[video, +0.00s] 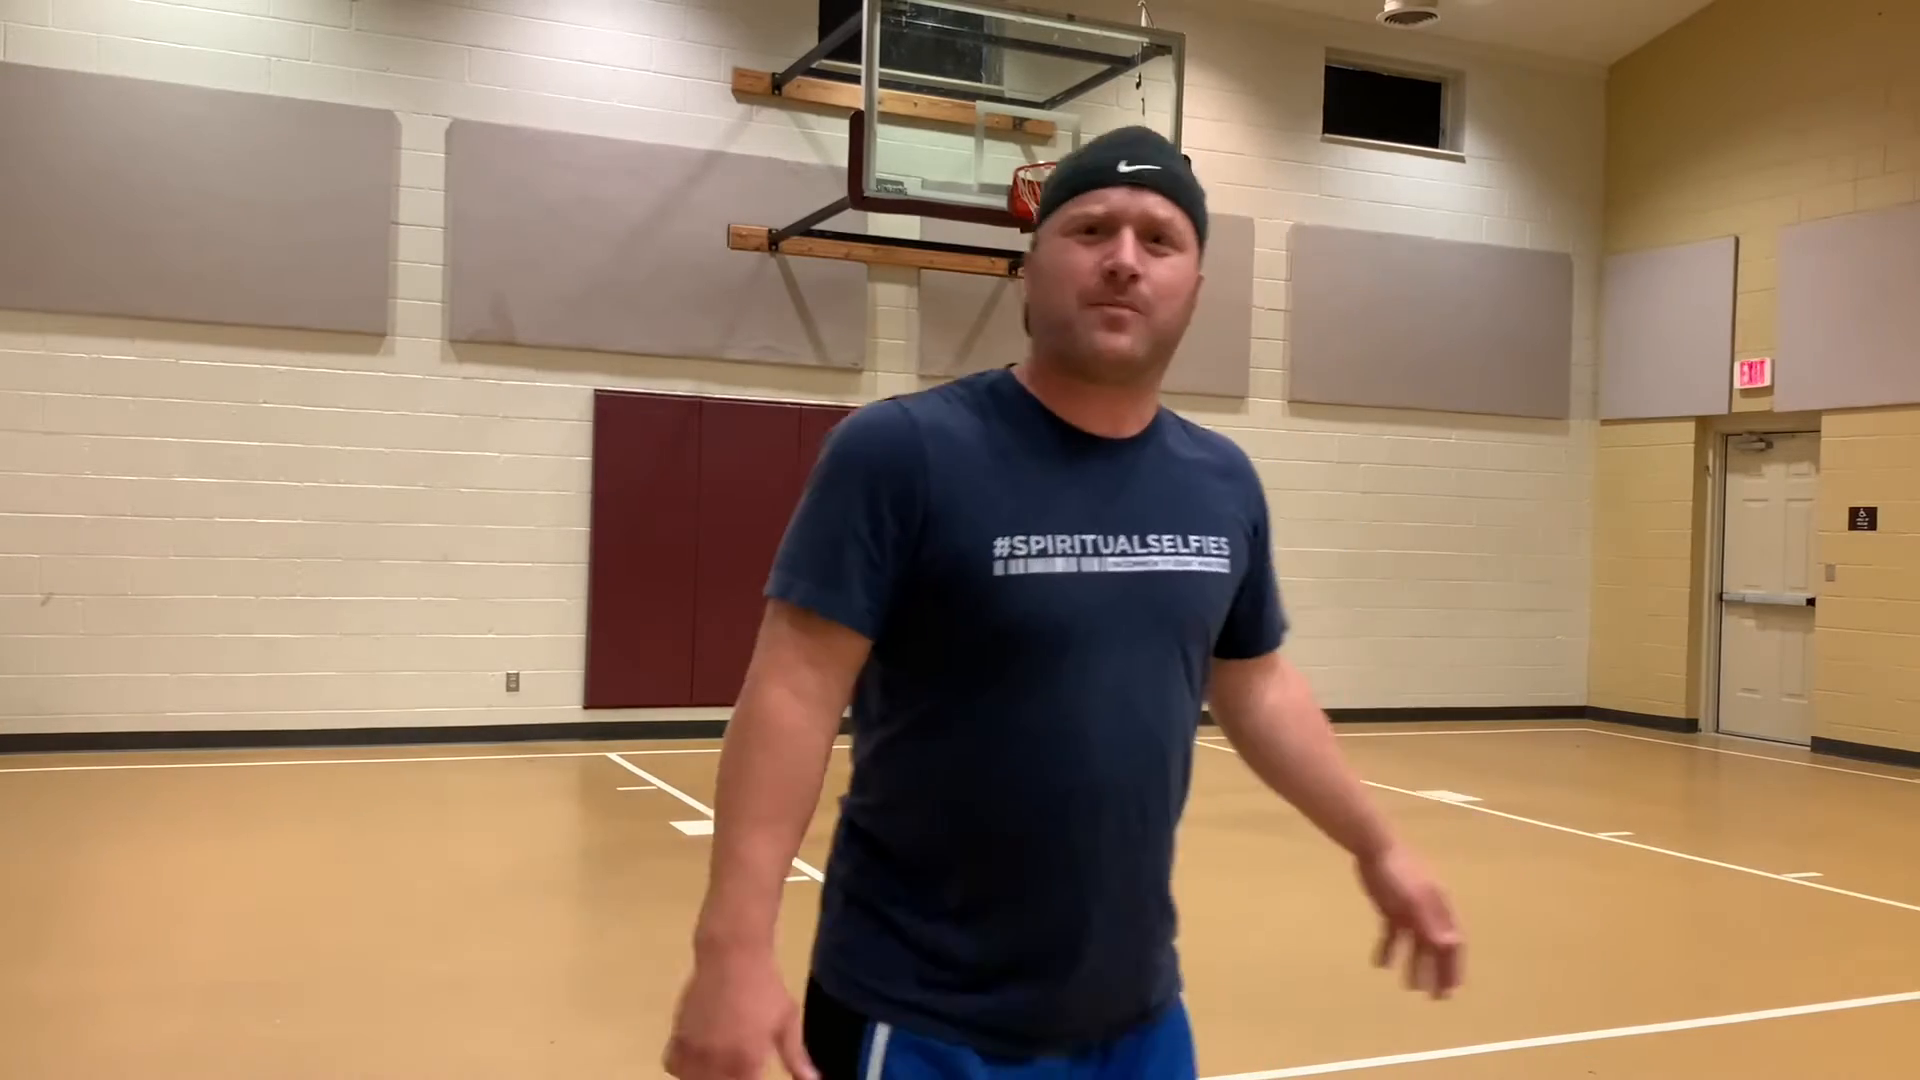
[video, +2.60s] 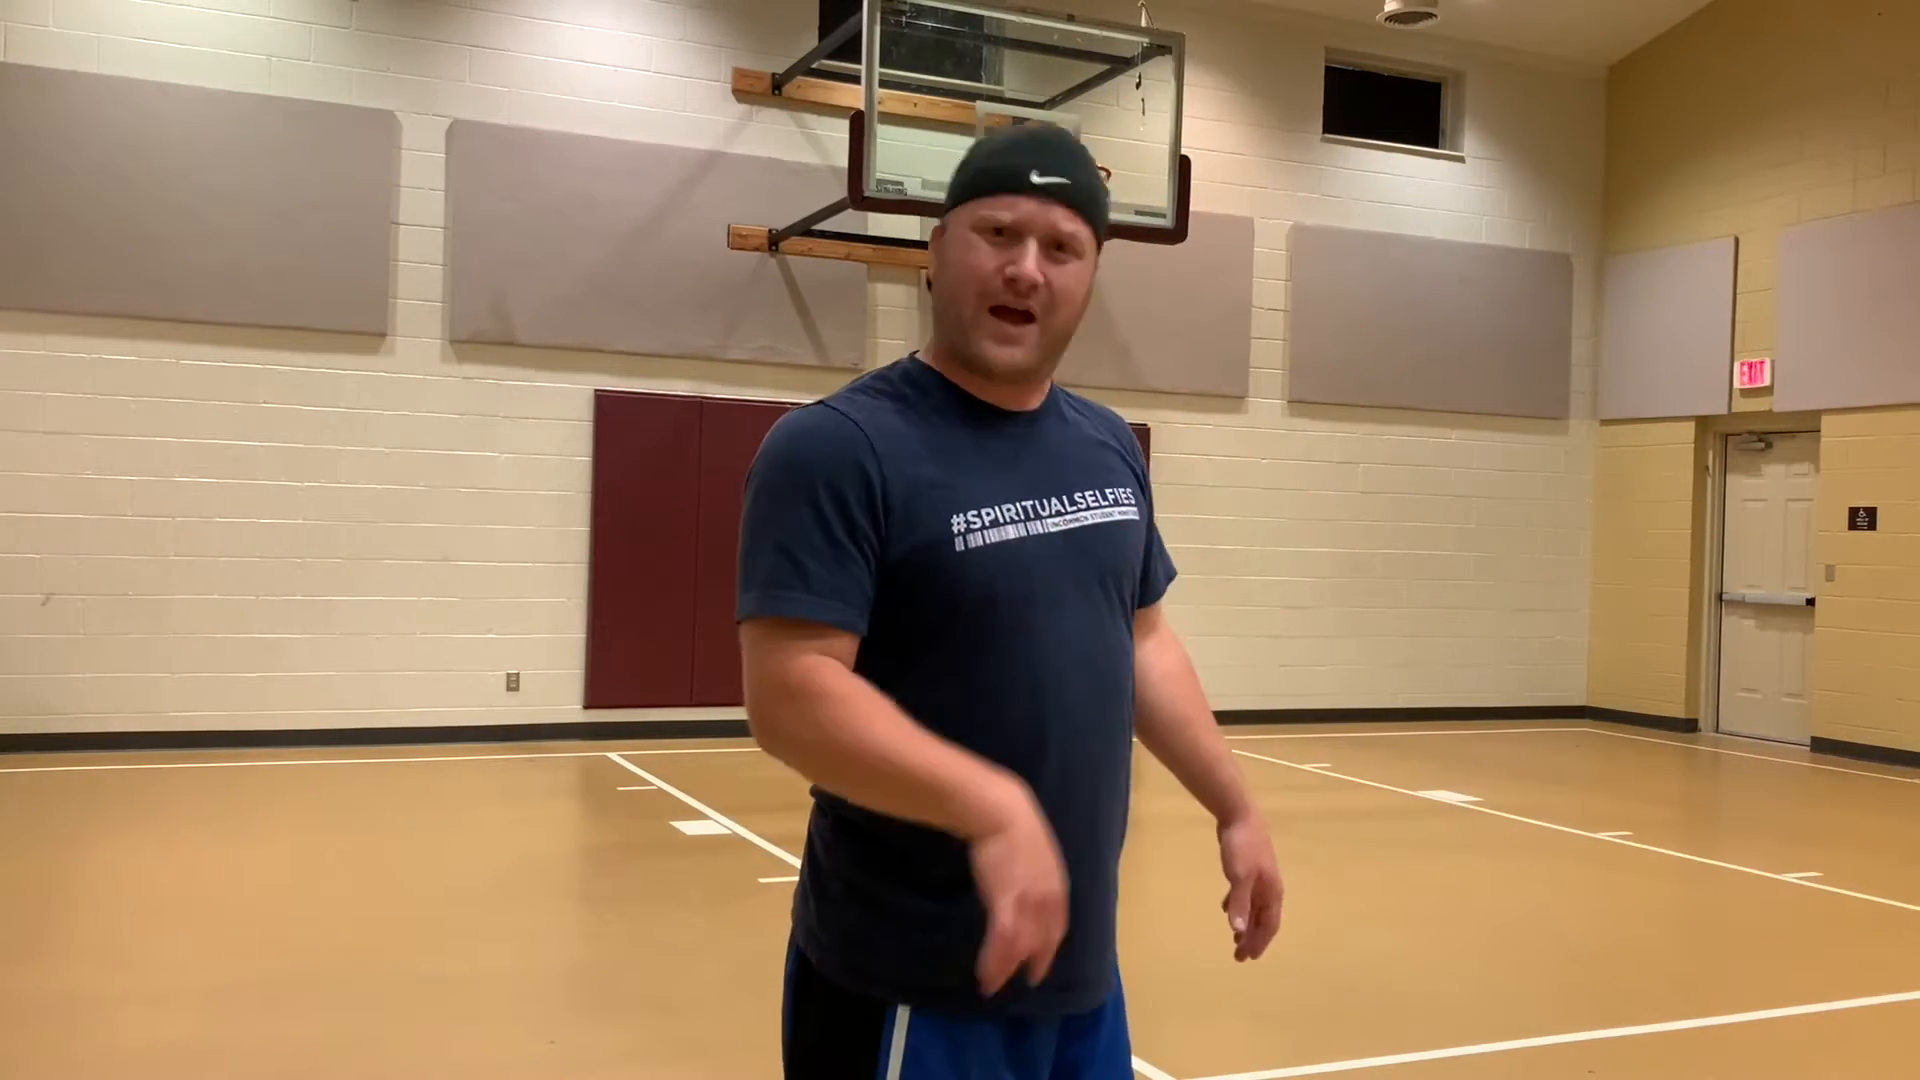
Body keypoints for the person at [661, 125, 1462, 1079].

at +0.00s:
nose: (1125, 260)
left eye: (1159, 239)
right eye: (1093, 230)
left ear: (1197, 288)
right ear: (1031, 259)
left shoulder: (1221, 482)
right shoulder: (899, 453)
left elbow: (1257, 682)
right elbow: (794, 689)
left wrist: (1378, 843)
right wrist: (734, 952)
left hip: (1129, 1008)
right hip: (919, 1014)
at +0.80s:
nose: (1054, 261)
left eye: (1090, 241)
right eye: (1023, 229)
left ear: (1128, 288)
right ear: (967, 264)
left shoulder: (1140, 476)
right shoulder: (847, 454)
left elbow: (1165, 677)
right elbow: (751, 692)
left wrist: (1262, 845)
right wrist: (742, 956)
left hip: (1056, 1003)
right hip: (865, 1011)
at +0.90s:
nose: (1069, 259)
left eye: (1105, 242)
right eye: (1041, 231)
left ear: (1142, 291)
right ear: (986, 265)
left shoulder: (1160, 482)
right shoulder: (869, 447)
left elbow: (1189, 678)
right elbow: (782, 662)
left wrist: (1284, 849)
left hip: (1073, 993)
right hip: (886, 997)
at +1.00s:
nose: (1093, 255)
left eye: (1126, 243)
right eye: (1065, 229)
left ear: (1159, 294)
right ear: (1007, 261)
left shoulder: (1172, 482)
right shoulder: (888, 435)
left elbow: (1208, 669)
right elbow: (794, 654)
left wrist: (1308, 840)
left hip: (1087, 981)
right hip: (901, 983)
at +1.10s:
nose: (1100, 251)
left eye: (1132, 239)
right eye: (1071, 228)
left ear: (1162, 295)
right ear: (1015, 260)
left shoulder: (1172, 476)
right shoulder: (899, 427)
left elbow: (1205, 661)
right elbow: (811, 651)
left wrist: (1313, 820)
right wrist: (986, 586)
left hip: (1091, 958)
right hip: (916, 963)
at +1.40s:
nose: (1063, 243)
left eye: (1092, 228)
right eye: (1033, 223)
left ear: (1129, 275)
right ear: (978, 263)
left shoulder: (1150, 455)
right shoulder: (889, 434)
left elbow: (1170, 636)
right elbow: (818, 655)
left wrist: (1230, 799)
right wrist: (1009, 686)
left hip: (1085, 950)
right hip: (918, 957)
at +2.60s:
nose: (1025, 271)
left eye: (1059, 248)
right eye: (997, 235)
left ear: (1092, 280)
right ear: (937, 248)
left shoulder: (1104, 445)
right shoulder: (834, 450)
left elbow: (1142, 635)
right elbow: (790, 694)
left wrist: (1236, 807)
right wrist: (997, 810)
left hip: (1079, 981)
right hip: (902, 994)